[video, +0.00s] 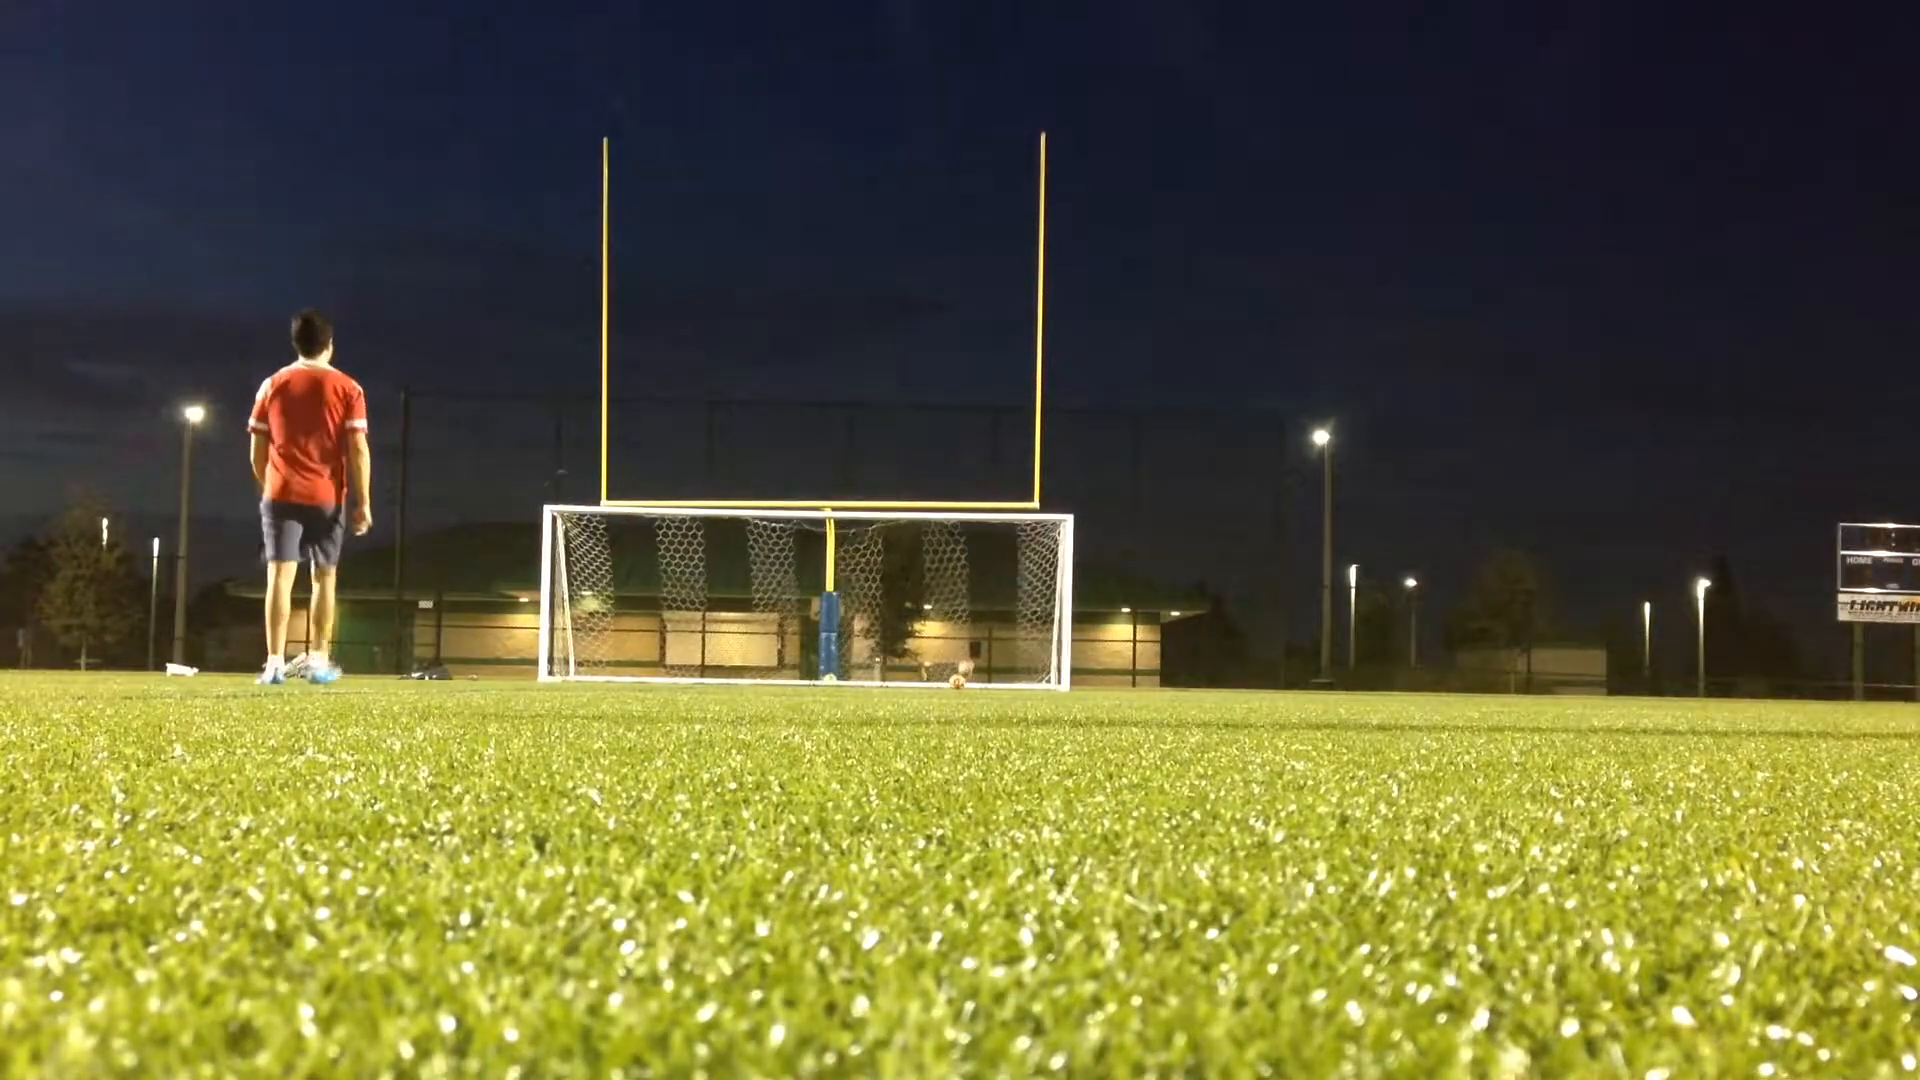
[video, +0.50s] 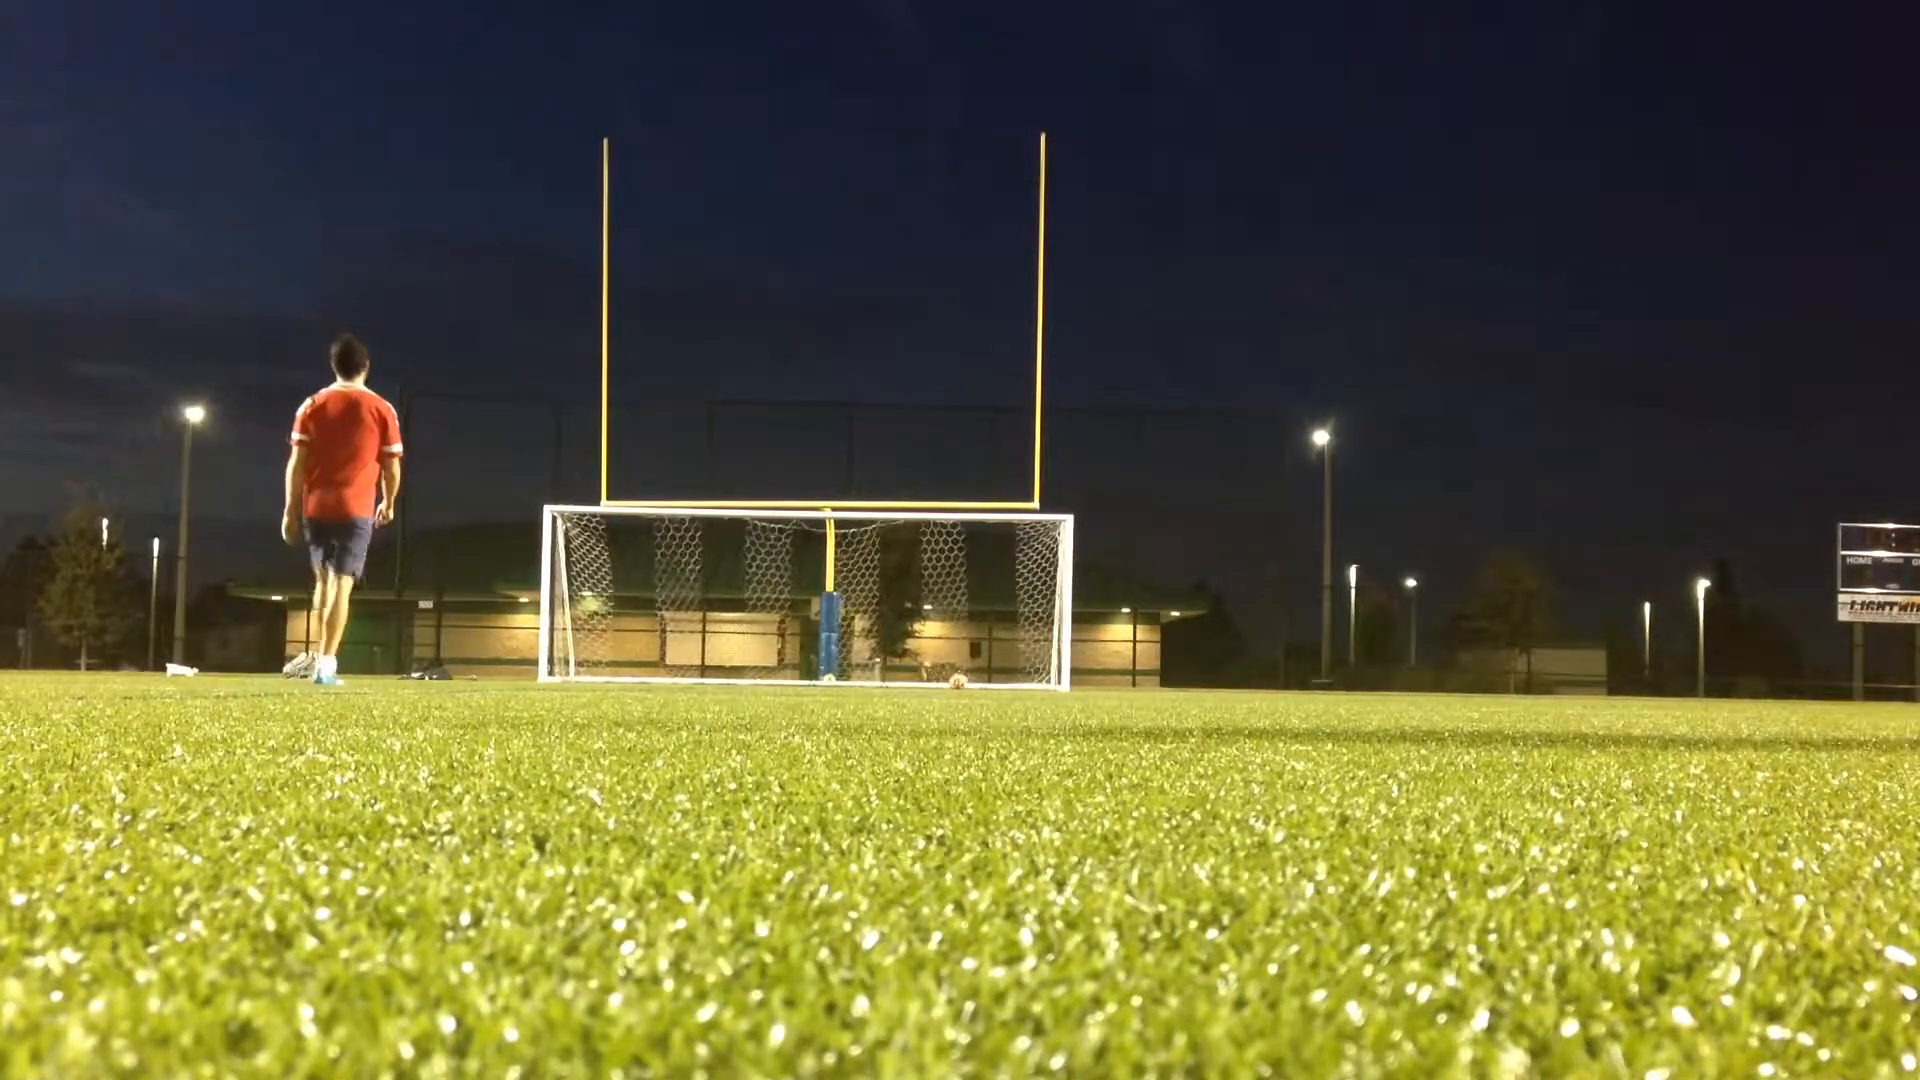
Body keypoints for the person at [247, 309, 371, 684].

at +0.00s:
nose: (329, 347)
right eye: (329, 341)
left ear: (294, 344)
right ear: (329, 344)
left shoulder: (272, 384)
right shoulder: (348, 388)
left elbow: (257, 453)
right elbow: (358, 449)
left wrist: (270, 487)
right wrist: (362, 502)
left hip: (280, 492)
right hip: (326, 495)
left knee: (279, 575)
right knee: (324, 578)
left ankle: (274, 663)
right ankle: (318, 661)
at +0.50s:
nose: (358, 370)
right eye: (363, 364)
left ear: (332, 367)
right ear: (366, 367)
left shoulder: (312, 405)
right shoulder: (381, 408)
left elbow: (296, 462)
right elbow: (392, 466)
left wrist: (290, 510)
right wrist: (389, 502)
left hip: (317, 505)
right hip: (358, 507)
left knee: (323, 580)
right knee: (341, 585)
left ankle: (316, 656)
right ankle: (327, 662)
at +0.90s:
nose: (351, 384)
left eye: (352, 379)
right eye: (354, 379)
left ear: (355, 382)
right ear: (384, 382)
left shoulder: (337, 419)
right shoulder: (403, 421)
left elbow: (323, 476)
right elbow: (411, 476)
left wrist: (319, 521)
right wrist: (412, 519)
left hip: (341, 516)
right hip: (383, 517)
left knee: (347, 591)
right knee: (386, 589)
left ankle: (347, 666)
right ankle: (365, 638)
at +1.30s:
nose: (395, 405)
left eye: (395, 401)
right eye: (399, 400)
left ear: (398, 403)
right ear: (425, 404)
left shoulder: (378, 438)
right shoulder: (438, 442)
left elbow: (362, 490)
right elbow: (446, 493)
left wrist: (372, 520)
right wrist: (450, 539)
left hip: (382, 530)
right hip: (420, 531)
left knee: (382, 596)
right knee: (419, 601)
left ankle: (368, 640)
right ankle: (413, 670)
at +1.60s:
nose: (414, 416)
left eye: (414, 411)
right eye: (419, 411)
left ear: (415, 414)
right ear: (442, 414)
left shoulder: (398, 448)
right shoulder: (458, 450)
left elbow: (385, 498)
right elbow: (467, 497)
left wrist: (376, 538)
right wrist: (467, 525)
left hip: (404, 535)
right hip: (438, 535)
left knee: (411, 600)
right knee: (427, 599)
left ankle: (418, 663)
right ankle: (414, 663)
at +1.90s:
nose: (448, 422)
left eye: (436, 417)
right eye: (452, 418)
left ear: (428, 419)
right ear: (455, 420)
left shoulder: (412, 452)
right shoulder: (468, 452)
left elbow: (402, 502)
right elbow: (478, 501)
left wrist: (400, 543)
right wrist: (481, 538)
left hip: (418, 538)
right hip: (454, 538)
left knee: (424, 602)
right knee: (458, 600)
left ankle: (424, 669)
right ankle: (440, 643)